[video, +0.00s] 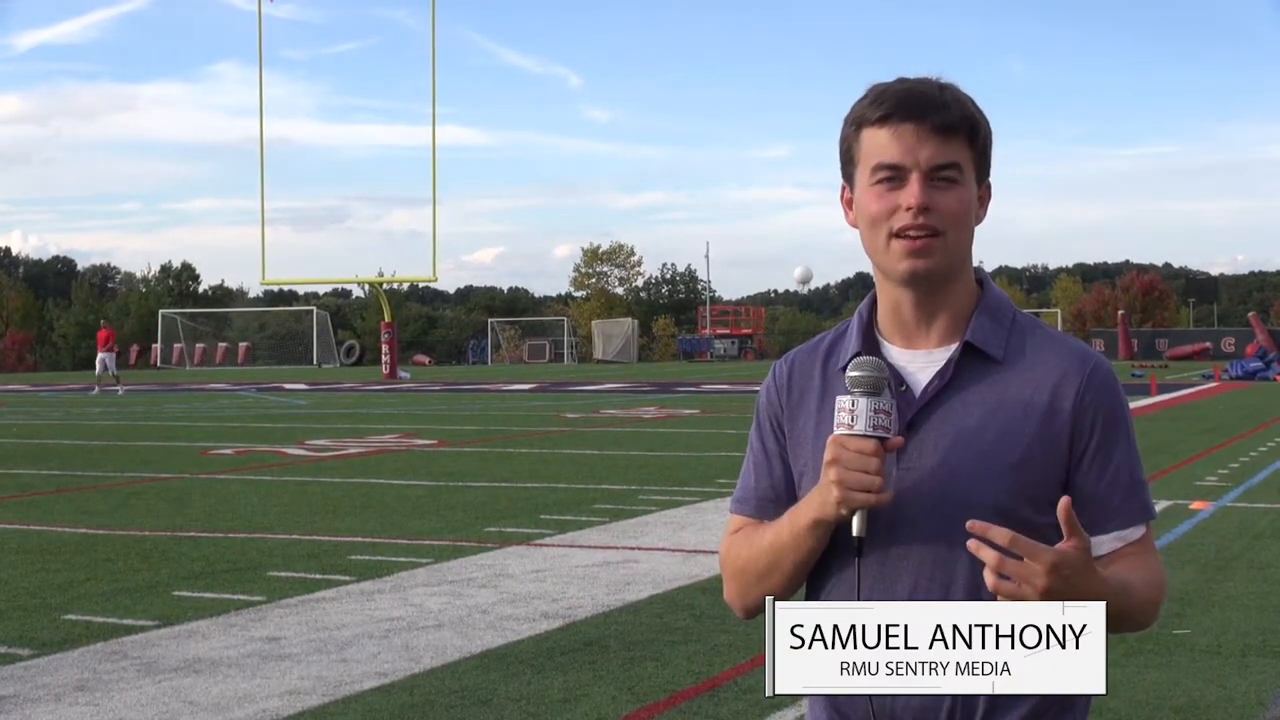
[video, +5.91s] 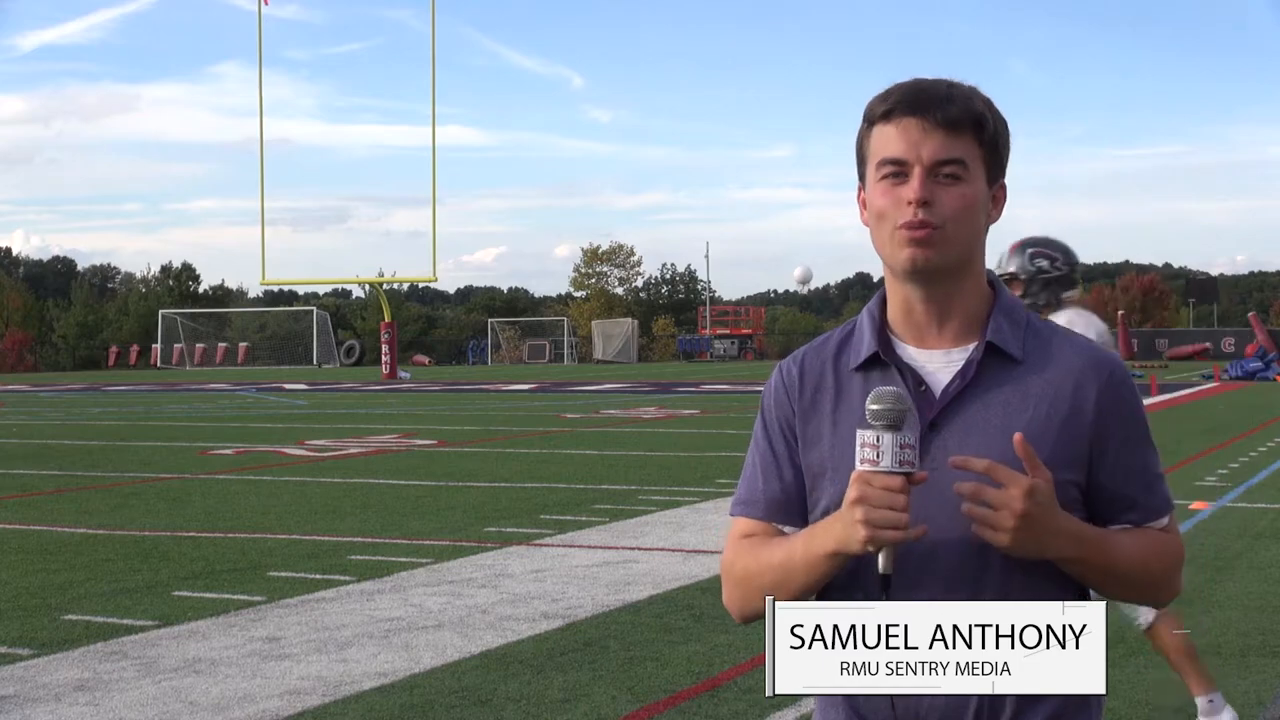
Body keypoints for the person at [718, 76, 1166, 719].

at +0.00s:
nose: (916, 201)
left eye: (944, 177)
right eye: (889, 179)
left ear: (981, 200)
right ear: (850, 204)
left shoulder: (1074, 382)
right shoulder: (794, 383)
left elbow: (1141, 583)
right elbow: (741, 587)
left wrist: (1090, 588)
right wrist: (821, 505)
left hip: (1021, 708)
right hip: (843, 707)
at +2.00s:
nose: (914, 207)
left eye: (946, 183)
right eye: (890, 182)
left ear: (989, 204)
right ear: (858, 202)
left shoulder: (1078, 381)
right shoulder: (796, 383)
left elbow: (1153, 581)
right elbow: (745, 587)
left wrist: (1030, 575)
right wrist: (830, 514)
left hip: (1028, 707)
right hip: (849, 708)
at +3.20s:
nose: (913, 198)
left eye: (942, 175)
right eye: (887, 176)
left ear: (987, 199)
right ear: (856, 205)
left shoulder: (1079, 379)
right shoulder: (799, 382)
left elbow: (1157, 597)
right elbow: (736, 584)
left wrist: (1071, 534)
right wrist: (820, 493)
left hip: (1028, 705)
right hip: (850, 706)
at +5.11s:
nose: (903, 202)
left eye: (935, 180)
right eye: (881, 180)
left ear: (985, 203)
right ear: (854, 204)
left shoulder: (1080, 379)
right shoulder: (799, 386)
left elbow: (1159, 589)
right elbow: (748, 586)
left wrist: (1038, 527)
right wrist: (824, 522)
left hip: (1033, 706)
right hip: (854, 708)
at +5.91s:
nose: (917, 196)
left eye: (947, 174)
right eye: (894, 174)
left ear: (995, 200)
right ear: (865, 206)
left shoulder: (1089, 380)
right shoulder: (800, 385)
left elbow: (1162, 573)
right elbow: (740, 588)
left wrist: (1060, 536)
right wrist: (838, 533)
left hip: (1040, 707)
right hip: (857, 709)